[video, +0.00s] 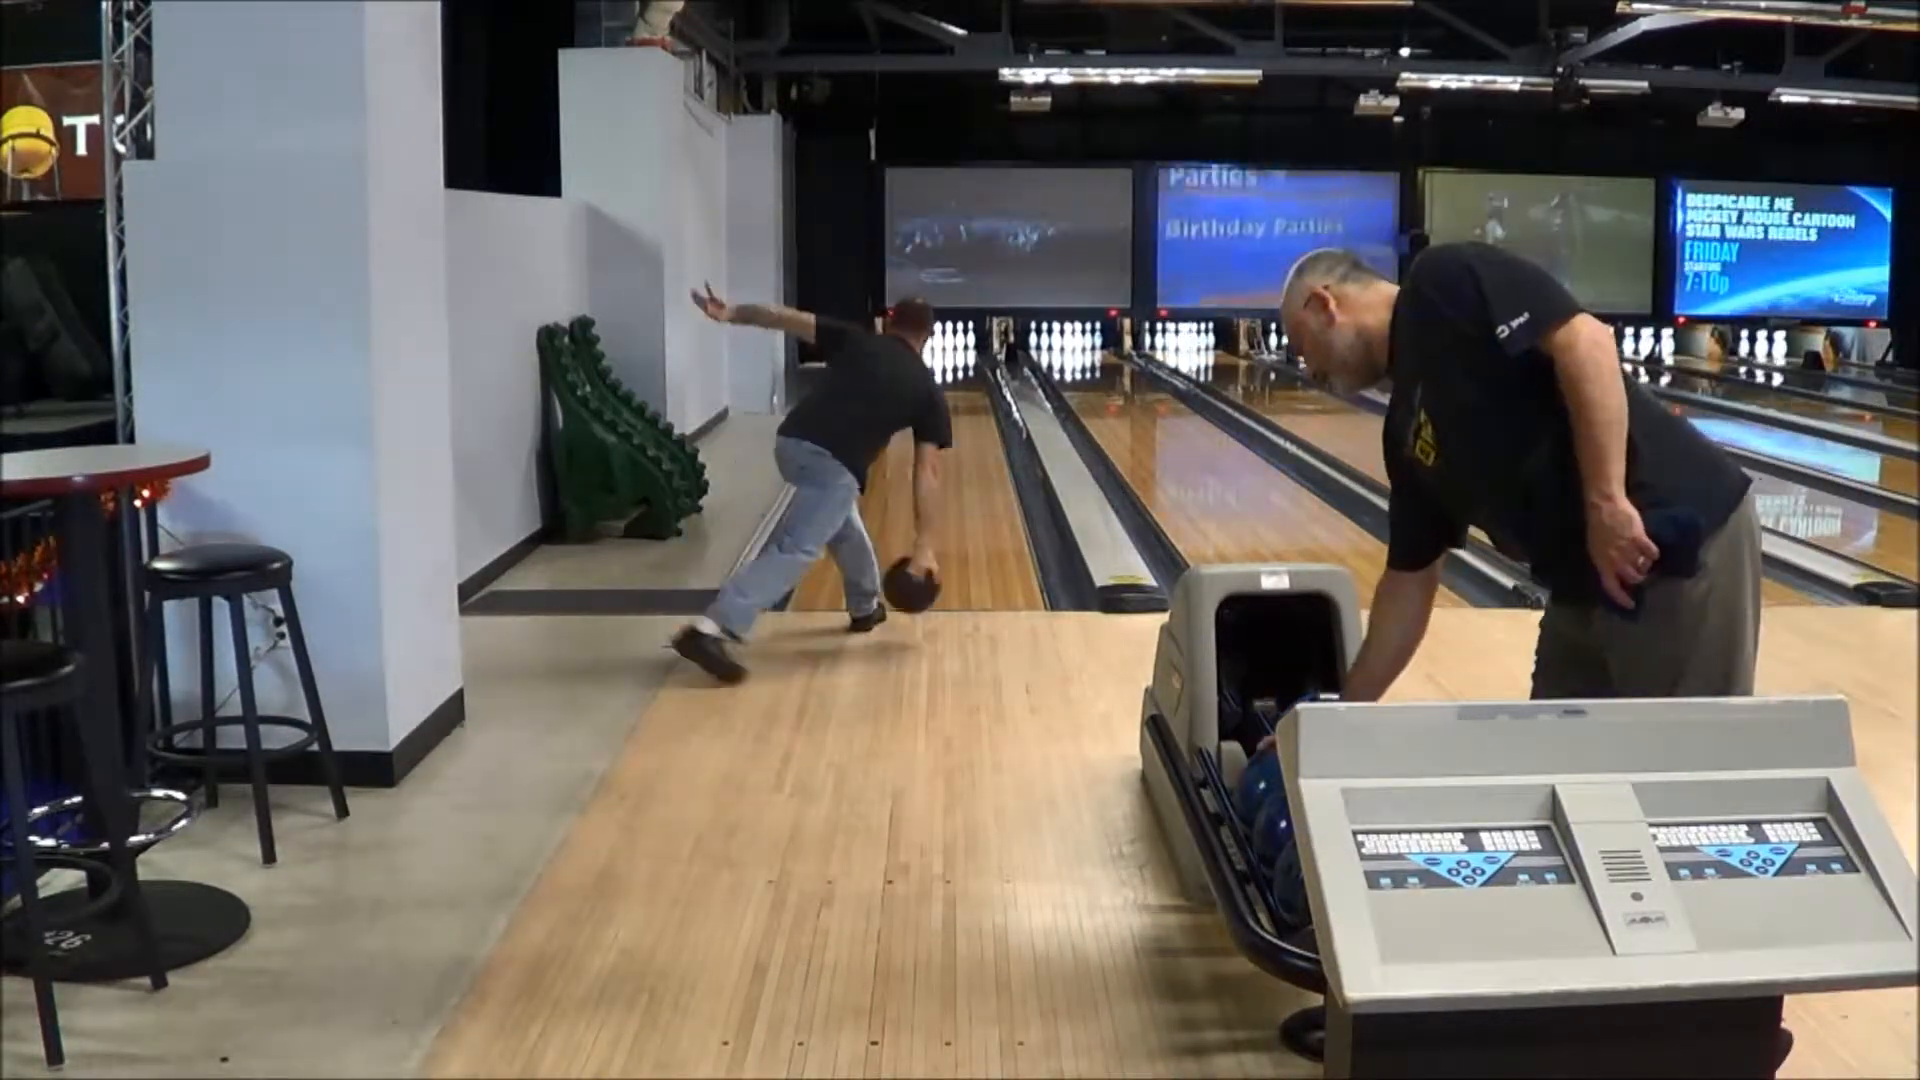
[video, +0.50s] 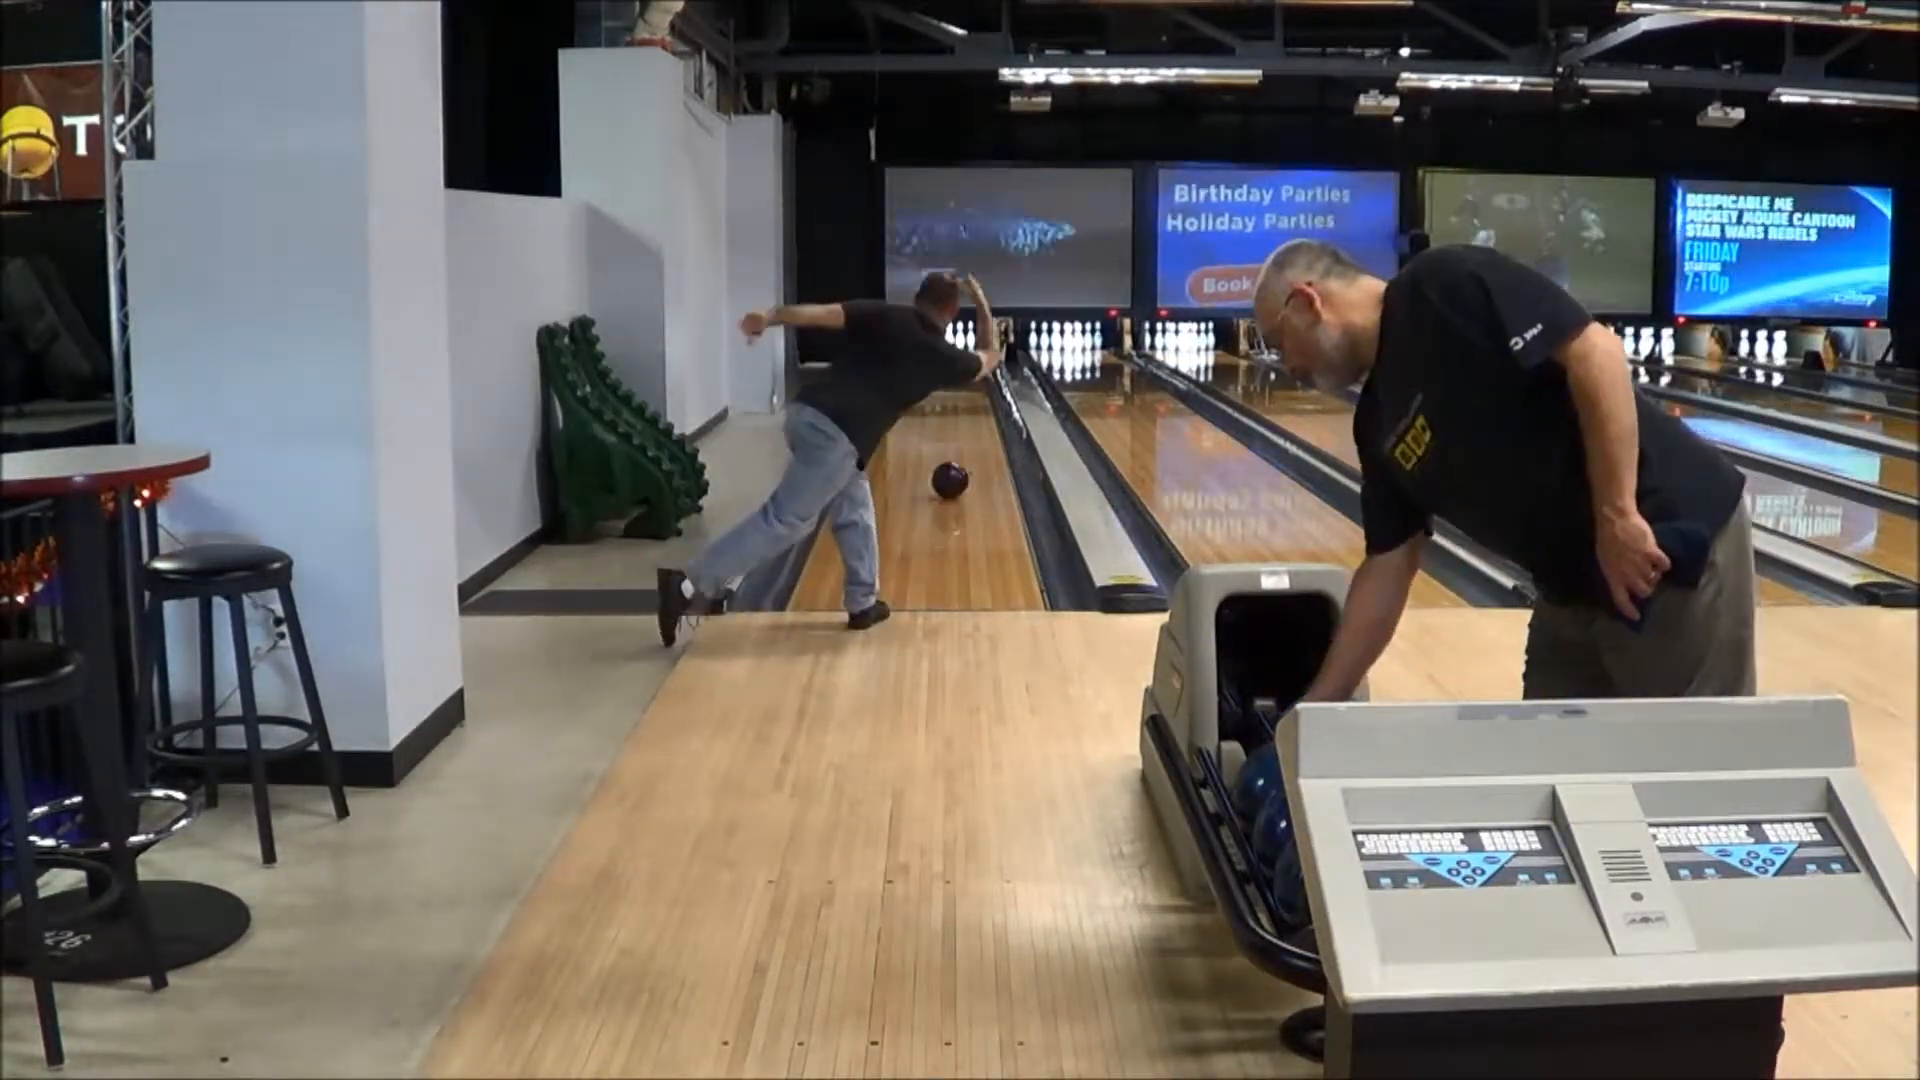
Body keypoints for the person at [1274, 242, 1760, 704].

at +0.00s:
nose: (1306, 369)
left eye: (1300, 345)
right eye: (1297, 354)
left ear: (1326, 305)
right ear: (1334, 307)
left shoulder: (1444, 279)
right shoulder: (1409, 434)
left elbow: (1585, 341)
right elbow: (1408, 582)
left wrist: (1606, 500)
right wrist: (1348, 709)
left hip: (1683, 539)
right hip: (1584, 577)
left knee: (1677, 777)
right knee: (1558, 774)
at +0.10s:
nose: (1296, 367)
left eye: (1291, 339)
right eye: (1288, 351)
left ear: (1321, 306)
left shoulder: (1443, 279)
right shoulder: (1403, 434)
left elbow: (1590, 344)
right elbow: (1415, 578)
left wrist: (1606, 504)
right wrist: (1351, 704)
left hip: (1684, 540)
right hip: (1581, 577)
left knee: (1683, 774)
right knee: (1559, 776)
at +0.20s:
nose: (1295, 366)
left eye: (1287, 340)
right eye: (1286, 350)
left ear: (1316, 307)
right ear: (1325, 308)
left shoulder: (1441, 281)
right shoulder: (1400, 426)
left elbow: (1589, 346)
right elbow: (1410, 572)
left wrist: (1608, 509)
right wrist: (1330, 703)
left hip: (1680, 544)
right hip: (1578, 580)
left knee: (1685, 782)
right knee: (1559, 784)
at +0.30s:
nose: (1295, 369)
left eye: (1286, 344)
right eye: (1286, 355)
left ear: (1312, 305)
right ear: (1321, 305)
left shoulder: (1441, 281)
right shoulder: (1391, 425)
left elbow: (1590, 348)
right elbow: (1398, 564)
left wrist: (1609, 510)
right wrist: (1318, 705)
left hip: (1681, 541)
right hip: (1577, 579)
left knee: (1690, 776)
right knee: (1555, 781)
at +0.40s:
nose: (1289, 368)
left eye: (1281, 343)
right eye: (1278, 354)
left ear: (1311, 303)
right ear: (1319, 303)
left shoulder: (1442, 281)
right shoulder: (1383, 421)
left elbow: (1594, 352)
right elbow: (1389, 563)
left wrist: (1613, 511)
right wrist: (1315, 704)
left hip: (1677, 543)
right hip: (1573, 580)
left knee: (1689, 780)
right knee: (1555, 785)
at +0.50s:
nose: (1286, 367)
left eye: (1278, 343)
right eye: (1275, 353)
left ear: (1310, 302)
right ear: (1316, 302)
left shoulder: (1444, 281)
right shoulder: (1378, 420)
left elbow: (1595, 351)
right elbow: (1388, 562)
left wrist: (1617, 512)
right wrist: (1318, 705)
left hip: (1678, 542)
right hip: (1572, 578)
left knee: (1685, 779)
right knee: (1552, 784)